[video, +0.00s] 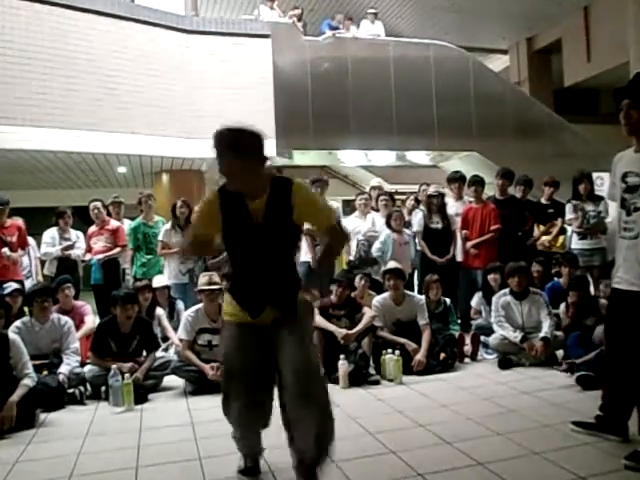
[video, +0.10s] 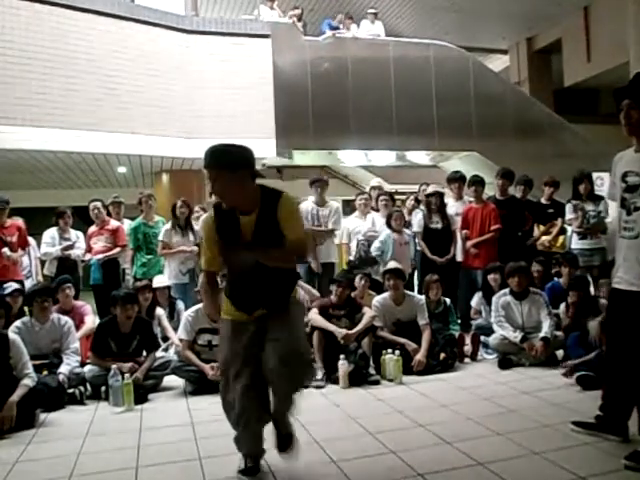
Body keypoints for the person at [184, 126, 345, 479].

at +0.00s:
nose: (222, 169)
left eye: (228, 161)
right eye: (221, 161)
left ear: (252, 160)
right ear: (223, 163)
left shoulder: (293, 194)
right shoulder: (217, 202)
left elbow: (337, 233)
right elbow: (193, 247)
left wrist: (318, 279)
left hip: (289, 310)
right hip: (240, 312)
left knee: (302, 394)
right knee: (240, 396)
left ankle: (307, 467)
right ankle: (250, 457)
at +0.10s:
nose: (211, 189)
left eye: (216, 180)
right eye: (210, 181)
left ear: (242, 177)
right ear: (223, 181)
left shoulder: (283, 206)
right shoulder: (214, 222)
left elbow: (300, 252)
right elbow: (208, 271)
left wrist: (256, 253)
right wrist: (211, 301)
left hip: (281, 307)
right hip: (237, 312)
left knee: (286, 365)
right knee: (239, 385)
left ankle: (280, 416)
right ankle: (250, 452)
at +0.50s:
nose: (245, 174)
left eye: (250, 167)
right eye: (237, 167)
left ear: (258, 168)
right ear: (223, 170)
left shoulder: (272, 204)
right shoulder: (208, 207)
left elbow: (290, 244)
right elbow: (201, 252)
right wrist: (196, 260)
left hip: (267, 292)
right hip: (229, 294)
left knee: (268, 362)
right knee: (238, 357)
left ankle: (253, 411)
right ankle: (241, 430)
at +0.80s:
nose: (239, 162)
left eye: (245, 156)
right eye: (233, 156)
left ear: (253, 158)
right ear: (221, 159)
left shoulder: (267, 192)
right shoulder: (206, 194)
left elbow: (300, 203)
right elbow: (175, 212)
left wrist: (321, 190)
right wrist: (153, 208)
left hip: (264, 287)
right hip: (227, 289)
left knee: (265, 354)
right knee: (233, 352)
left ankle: (255, 412)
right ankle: (233, 409)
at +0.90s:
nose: (238, 159)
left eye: (244, 152)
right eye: (231, 152)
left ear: (252, 156)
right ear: (219, 157)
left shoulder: (264, 187)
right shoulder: (204, 190)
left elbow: (293, 190)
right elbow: (177, 218)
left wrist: (313, 184)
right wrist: (166, 193)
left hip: (258, 283)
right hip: (222, 286)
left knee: (266, 349)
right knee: (228, 351)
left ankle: (256, 406)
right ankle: (232, 408)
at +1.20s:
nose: (238, 166)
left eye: (243, 160)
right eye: (232, 160)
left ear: (251, 163)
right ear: (220, 163)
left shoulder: (263, 196)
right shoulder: (203, 195)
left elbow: (280, 224)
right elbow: (179, 224)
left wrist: (283, 255)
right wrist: (182, 229)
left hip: (254, 281)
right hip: (218, 284)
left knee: (263, 344)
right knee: (224, 348)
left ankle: (261, 409)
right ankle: (232, 410)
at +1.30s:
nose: (240, 170)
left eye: (245, 164)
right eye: (233, 164)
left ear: (252, 167)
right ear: (221, 167)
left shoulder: (263, 200)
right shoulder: (205, 201)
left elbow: (264, 234)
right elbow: (198, 239)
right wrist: (210, 256)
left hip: (256, 284)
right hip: (220, 286)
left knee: (259, 347)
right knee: (224, 348)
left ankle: (254, 408)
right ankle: (232, 409)